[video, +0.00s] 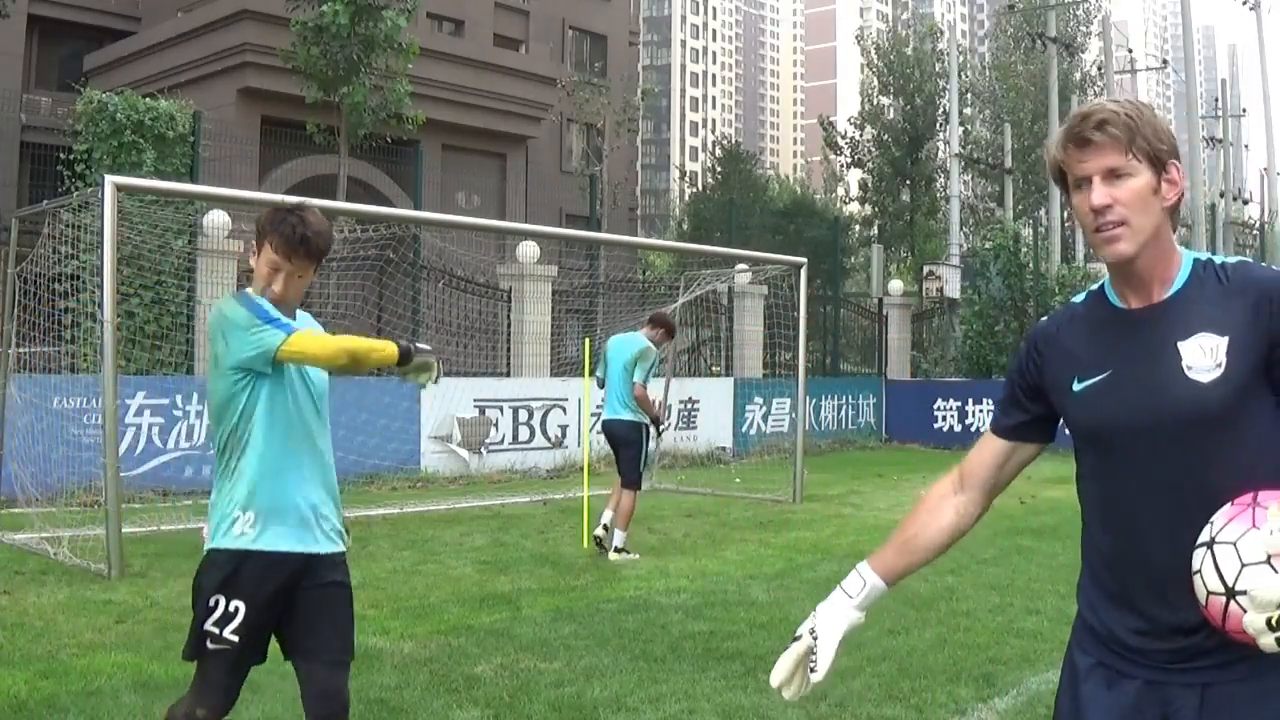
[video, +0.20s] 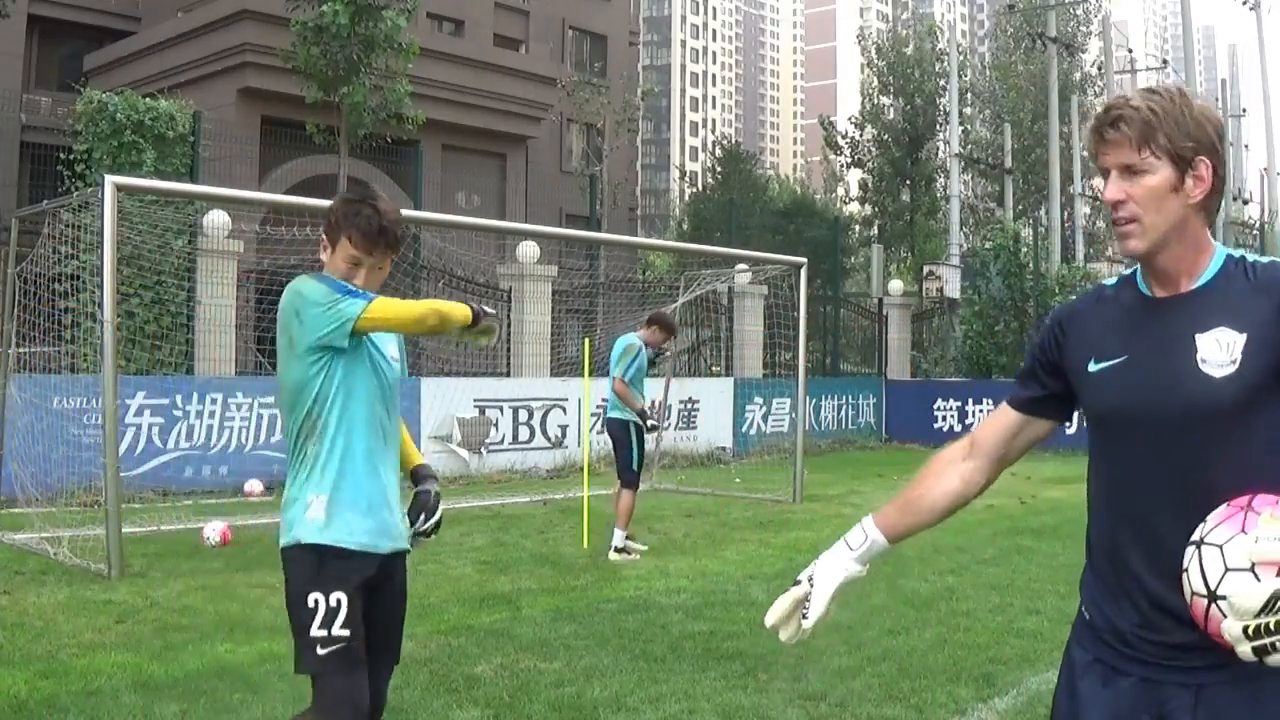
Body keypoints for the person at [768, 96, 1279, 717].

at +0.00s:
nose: (1098, 200)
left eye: (1117, 177)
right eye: (1081, 185)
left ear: (1171, 184)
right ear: (1070, 204)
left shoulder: (1261, 302)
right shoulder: (1056, 345)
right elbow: (963, 490)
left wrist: (1272, 557)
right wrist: (849, 597)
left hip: (1249, 669)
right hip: (1110, 675)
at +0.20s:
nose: (1110, 193)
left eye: (1134, 173)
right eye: (1105, 175)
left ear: (1197, 180)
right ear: (1099, 181)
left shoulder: (1269, 301)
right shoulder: (1080, 329)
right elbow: (976, 455)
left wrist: (1273, 564)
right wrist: (852, 549)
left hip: (1247, 674)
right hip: (1109, 671)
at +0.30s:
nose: (1131, 183)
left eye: (1153, 162)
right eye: (1134, 164)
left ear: (1217, 175)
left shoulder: (1275, 301)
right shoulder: (1117, 317)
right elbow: (1009, 437)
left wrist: (1272, 583)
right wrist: (884, 525)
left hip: (1250, 675)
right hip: (1122, 662)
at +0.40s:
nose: (1156, 180)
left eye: (1175, 160)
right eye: (1161, 161)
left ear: (1237, 174)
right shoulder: (1153, 313)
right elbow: (1039, 433)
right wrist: (913, 514)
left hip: (1259, 682)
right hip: (1144, 667)